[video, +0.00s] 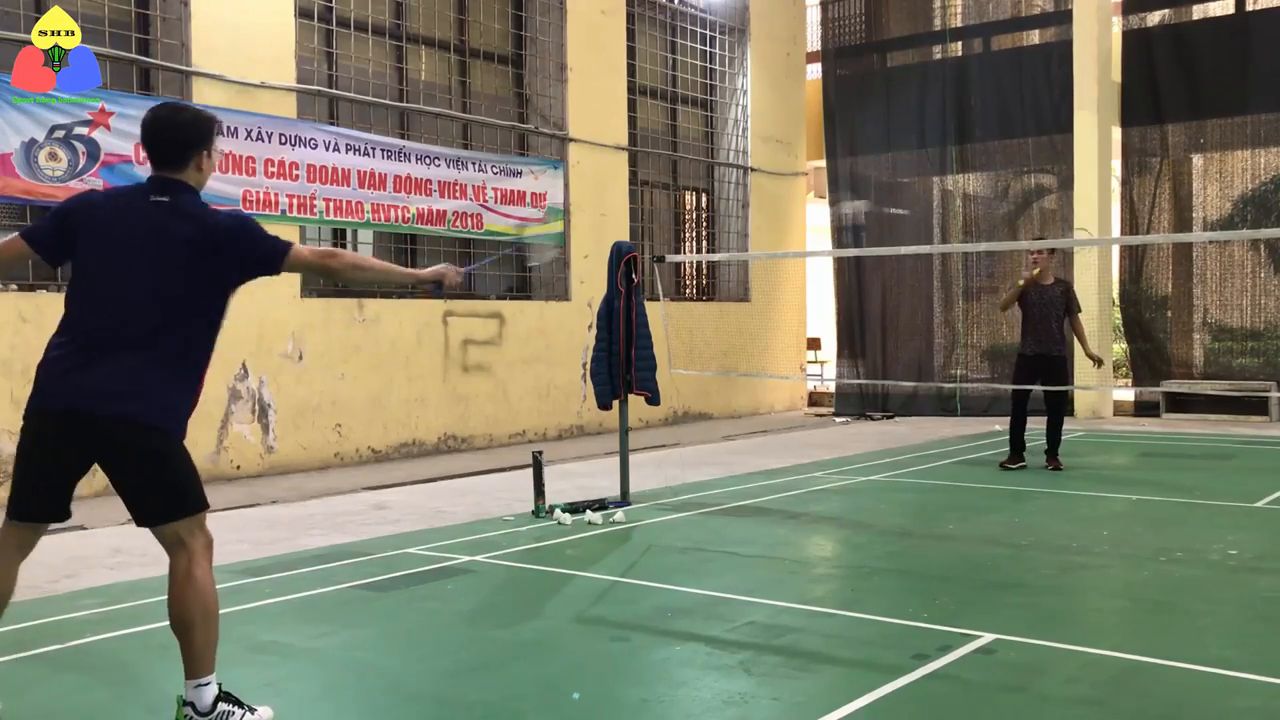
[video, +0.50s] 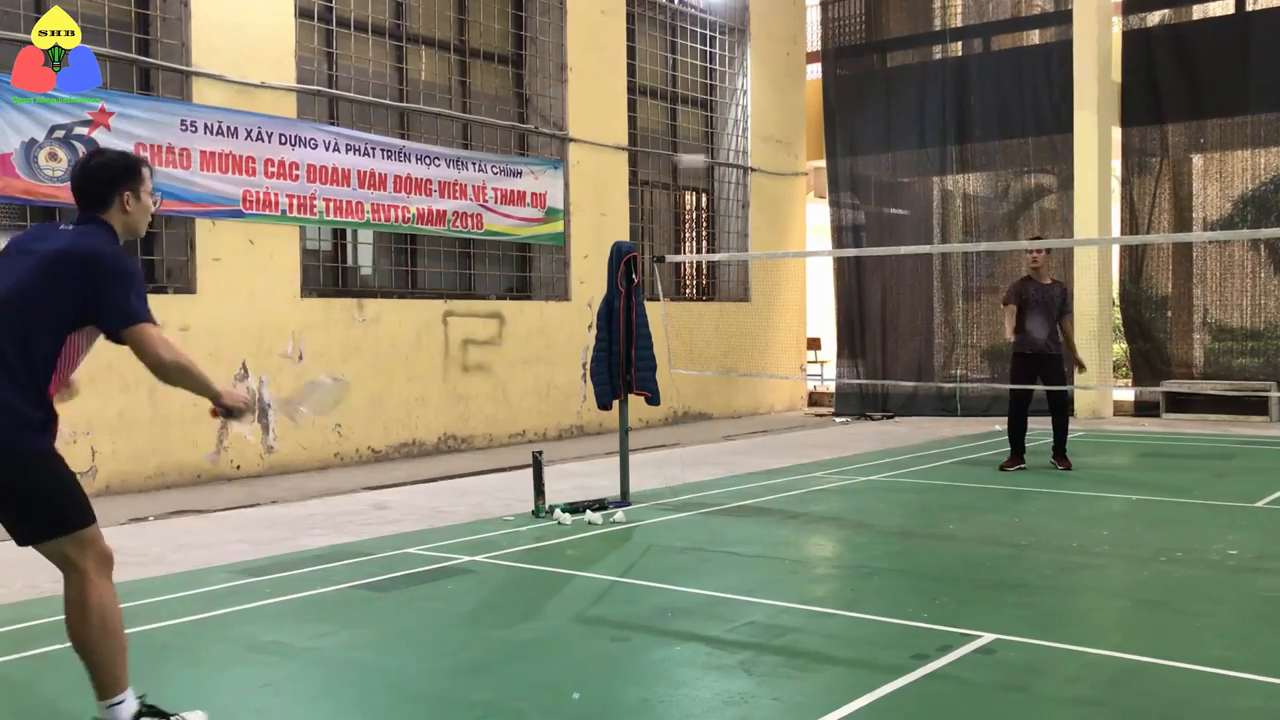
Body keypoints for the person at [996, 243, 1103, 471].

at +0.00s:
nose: (1034, 257)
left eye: (1039, 253)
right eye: (1031, 253)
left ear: (1051, 256)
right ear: (1029, 257)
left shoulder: (1064, 287)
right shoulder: (1023, 287)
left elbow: (1074, 321)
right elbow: (1003, 306)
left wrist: (1087, 350)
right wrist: (1022, 284)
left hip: (1056, 357)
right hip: (1028, 356)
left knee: (1056, 409)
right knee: (1018, 405)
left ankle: (1052, 456)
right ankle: (1016, 455)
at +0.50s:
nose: (1033, 255)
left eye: (1038, 252)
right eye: (1030, 252)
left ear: (1047, 256)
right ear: (1026, 257)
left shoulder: (1060, 289)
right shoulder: (1018, 287)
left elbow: (1066, 325)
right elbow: (1010, 312)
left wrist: (1075, 355)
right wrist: (1009, 331)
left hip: (1052, 355)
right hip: (1023, 354)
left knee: (1059, 406)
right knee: (1018, 405)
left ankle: (1060, 454)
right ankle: (1016, 456)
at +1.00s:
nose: (1041, 257)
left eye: (1046, 253)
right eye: (1038, 253)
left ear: (1056, 256)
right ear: (1034, 257)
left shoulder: (1070, 288)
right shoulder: (1029, 286)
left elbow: (1081, 321)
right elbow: (1007, 305)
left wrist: (1096, 348)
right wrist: (1028, 282)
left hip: (1061, 357)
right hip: (1032, 355)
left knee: (1063, 408)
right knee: (1027, 406)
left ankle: (1059, 455)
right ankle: (1027, 456)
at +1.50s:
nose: (1020, 257)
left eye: (1025, 253)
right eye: (1017, 254)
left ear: (1036, 258)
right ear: (1014, 260)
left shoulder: (1054, 285)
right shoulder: (1011, 291)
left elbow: (1069, 317)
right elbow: (1000, 316)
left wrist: (1087, 344)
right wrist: (998, 330)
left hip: (1056, 355)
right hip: (1028, 357)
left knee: (1062, 405)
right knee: (1026, 407)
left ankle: (1058, 453)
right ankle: (1029, 457)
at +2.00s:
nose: (1042, 259)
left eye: (1047, 255)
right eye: (1038, 255)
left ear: (1057, 259)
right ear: (1034, 259)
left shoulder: (1068, 289)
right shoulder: (1026, 289)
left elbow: (1078, 322)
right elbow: (1005, 311)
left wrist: (1087, 352)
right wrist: (1027, 290)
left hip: (1062, 358)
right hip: (1033, 357)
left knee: (1065, 408)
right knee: (1026, 404)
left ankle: (1056, 457)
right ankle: (1032, 453)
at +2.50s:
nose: (1027, 259)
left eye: (1032, 255)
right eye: (1024, 256)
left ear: (1042, 258)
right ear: (1020, 261)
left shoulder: (1061, 285)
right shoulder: (1019, 293)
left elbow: (1081, 316)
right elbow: (1001, 314)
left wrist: (1103, 341)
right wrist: (981, 329)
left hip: (1070, 355)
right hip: (1041, 358)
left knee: (1081, 397)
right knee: (1039, 407)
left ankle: (1065, 450)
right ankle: (1041, 459)